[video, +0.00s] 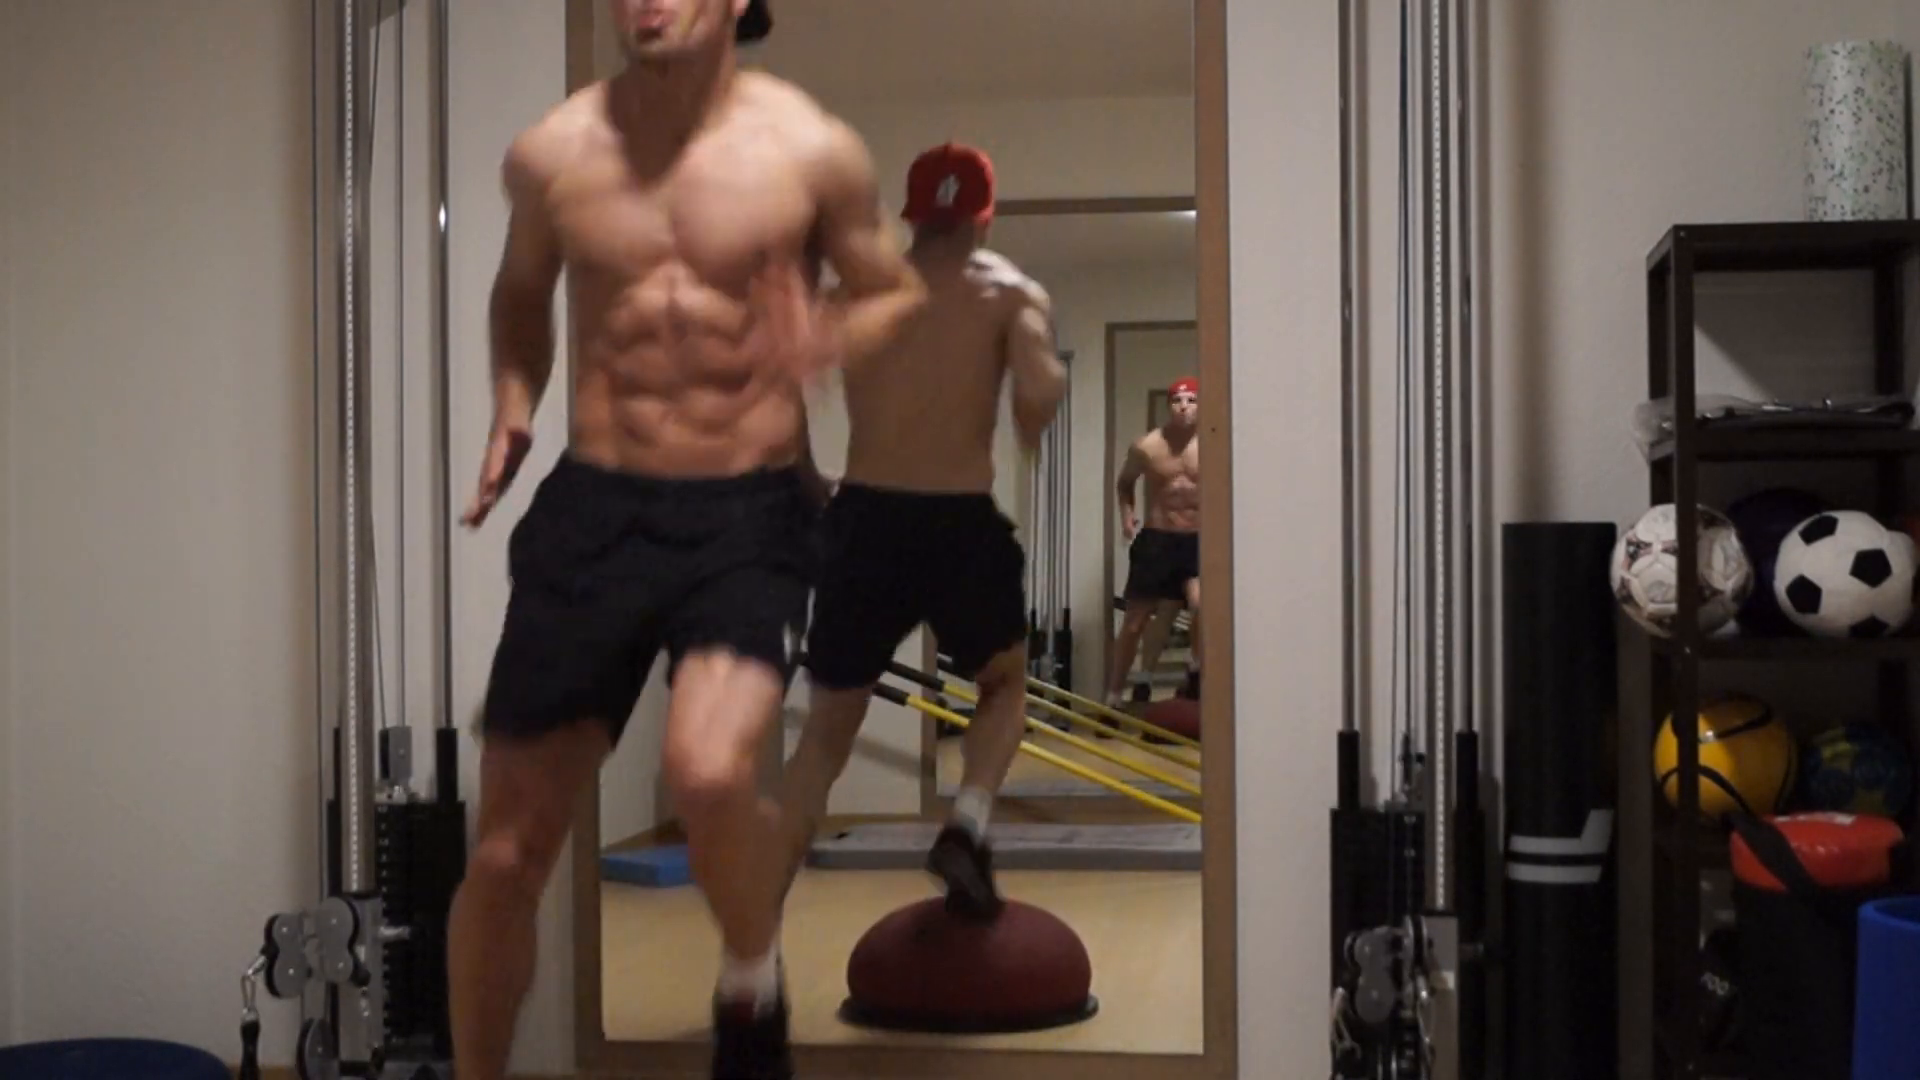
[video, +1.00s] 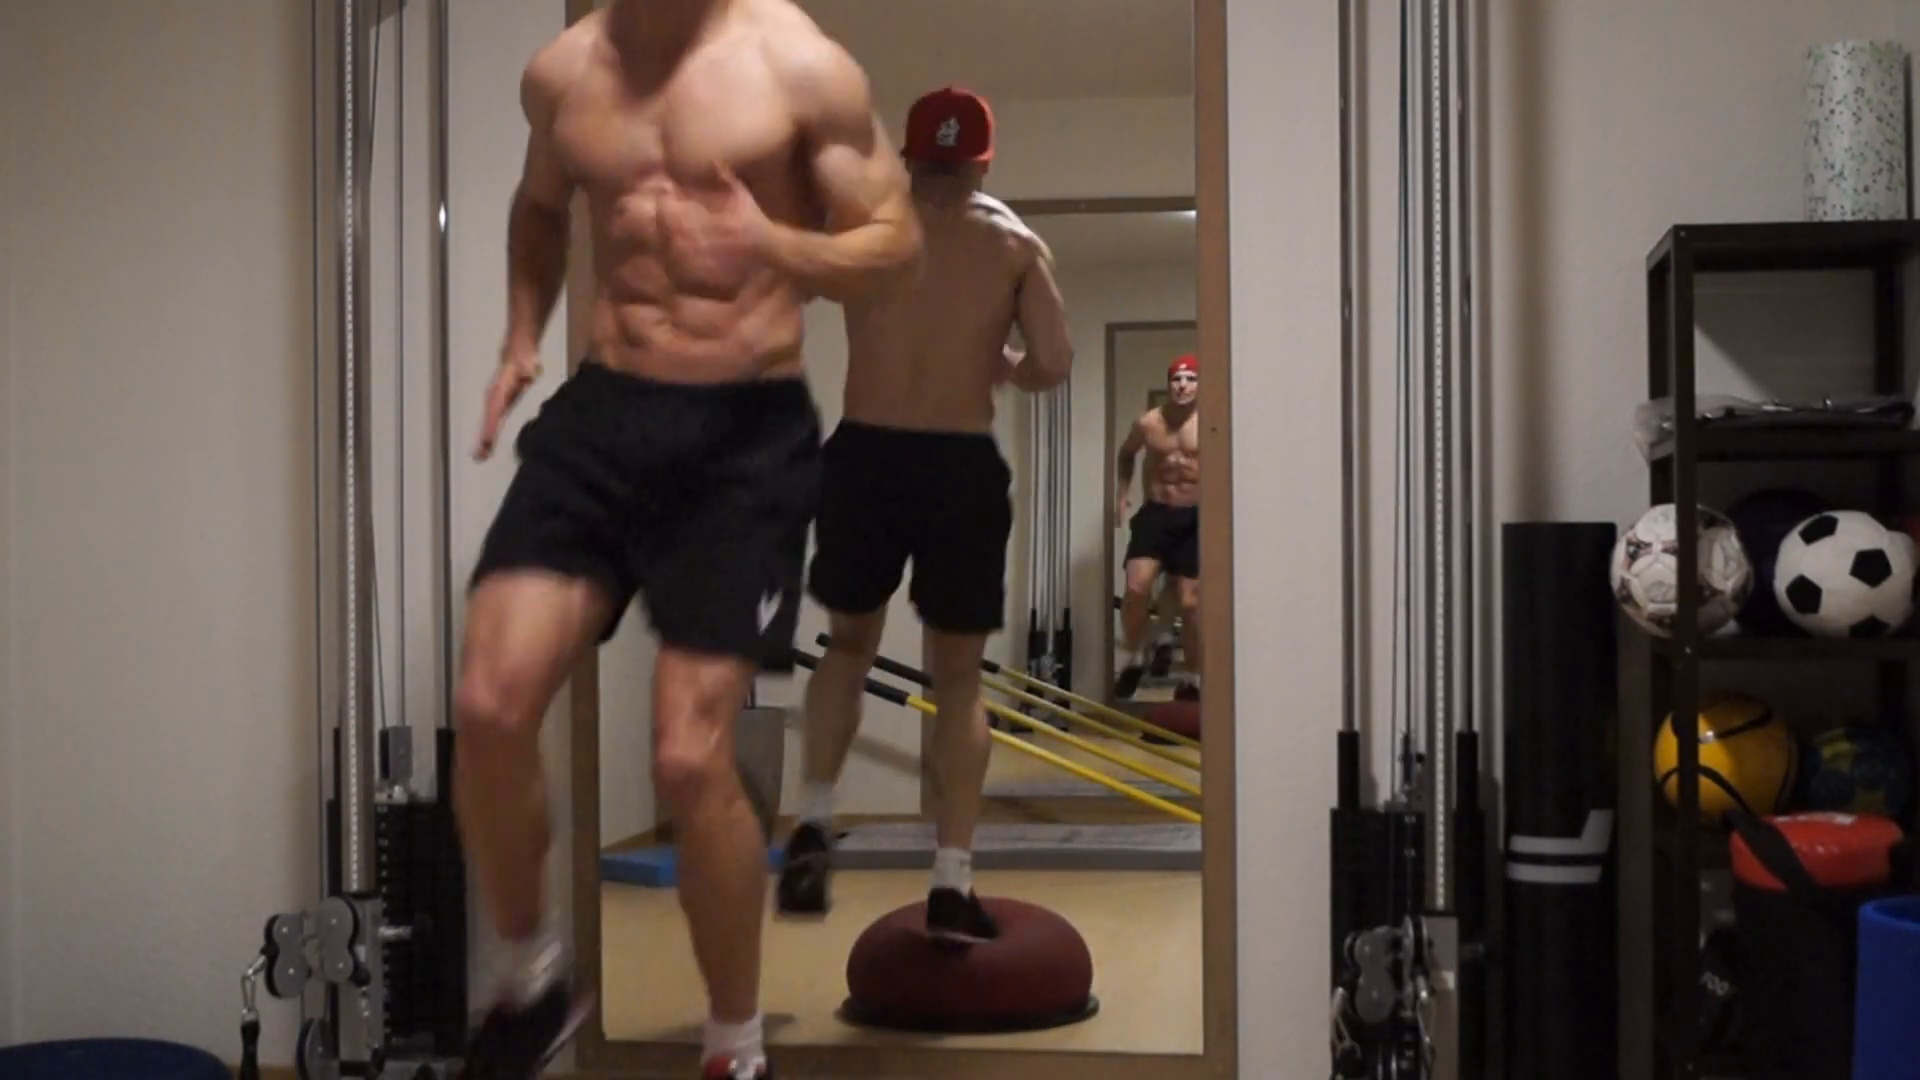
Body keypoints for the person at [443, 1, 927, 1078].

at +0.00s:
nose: (651, 3)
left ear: (735, 10)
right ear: (614, 10)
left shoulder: (814, 147)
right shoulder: (553, 153)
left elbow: (896, 289)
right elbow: (523, 294)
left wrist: (829, 334)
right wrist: (513, 405)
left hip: (752, 518)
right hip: (593, 515)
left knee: (708, 774)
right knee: (503, 856)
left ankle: (750, 986)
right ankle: (475, 1072)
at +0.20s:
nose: (645, 1)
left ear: (729, 10)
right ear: (607, 9)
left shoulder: (814, 146)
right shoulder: (553, 148)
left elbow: (880, 286)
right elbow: (491, 301)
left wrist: (835, 364)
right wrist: (513, 364)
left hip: (758, 505)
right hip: (601, 505)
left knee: (742, 804)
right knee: (506, 813)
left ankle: (746, 1051)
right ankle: (496, 1059)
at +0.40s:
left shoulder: (853, 96)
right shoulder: (585, 107)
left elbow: (937, 216)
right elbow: (546, 271)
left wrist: (917, 338)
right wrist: (596, 359)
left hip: (817, 440)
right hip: (660, 458)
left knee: (865, 706)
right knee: (661, 774)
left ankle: (889, 959)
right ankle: (719, 1044)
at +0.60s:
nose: (729, 23)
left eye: (763, 3)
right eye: (713, 6)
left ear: (821, 35)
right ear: (694, 39)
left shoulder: (891, 185)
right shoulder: (642, 206)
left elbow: (981, 368)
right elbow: (613, 343)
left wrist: (878, 372)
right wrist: (603, 459)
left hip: (875, 545)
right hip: (722, 538)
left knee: (928, 880)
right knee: (630, 718)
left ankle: (995, 1071)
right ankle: (676, 940)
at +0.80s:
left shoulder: (851, 91)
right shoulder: (590, 100)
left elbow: (957, 209)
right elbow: (561, 265)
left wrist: (935, 330)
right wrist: (592, 323)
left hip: (824, 437)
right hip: (670, 448)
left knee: (818, 728)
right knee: (651, 754)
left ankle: (896, 963)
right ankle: (730, 1040)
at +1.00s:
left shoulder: (805, 67)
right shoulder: (563, 73)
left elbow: (895, 245)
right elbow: (541, 206)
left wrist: (771, 239)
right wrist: (522, 337)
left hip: (747, 435)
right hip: (599, 422)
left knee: (690, 760)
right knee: (489, 705)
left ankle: (735, 1046)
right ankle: (526, 970)